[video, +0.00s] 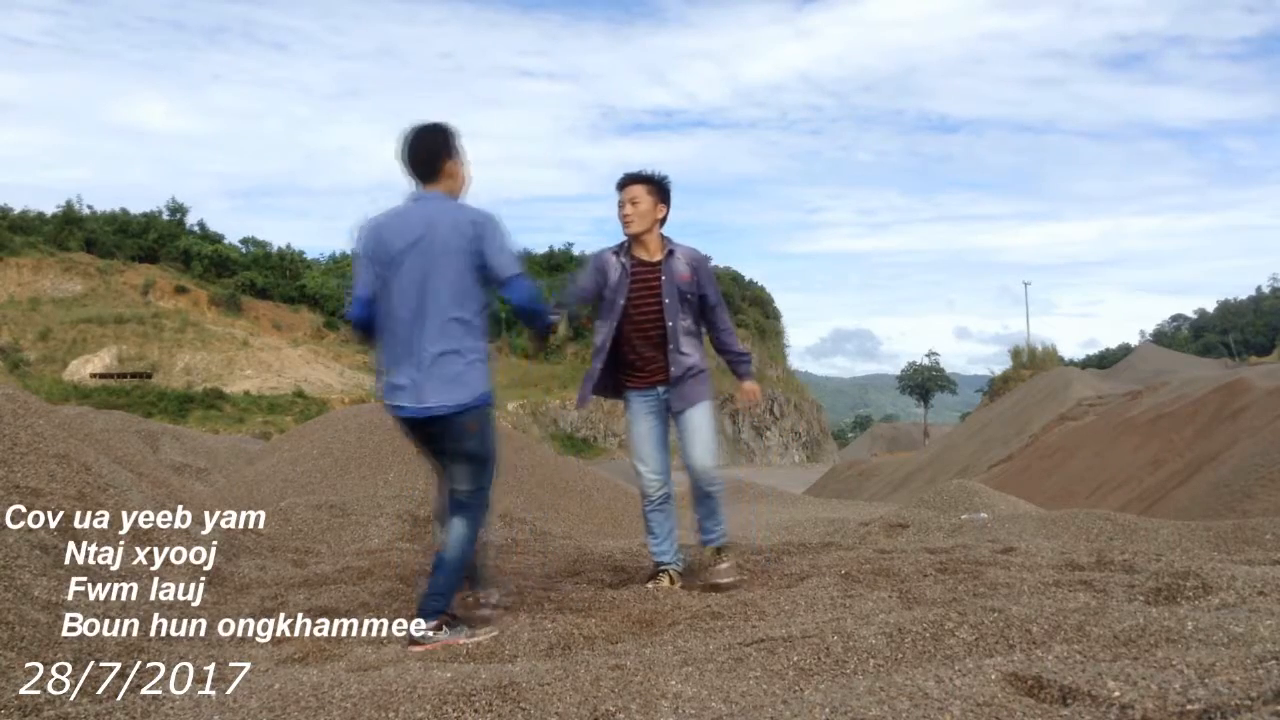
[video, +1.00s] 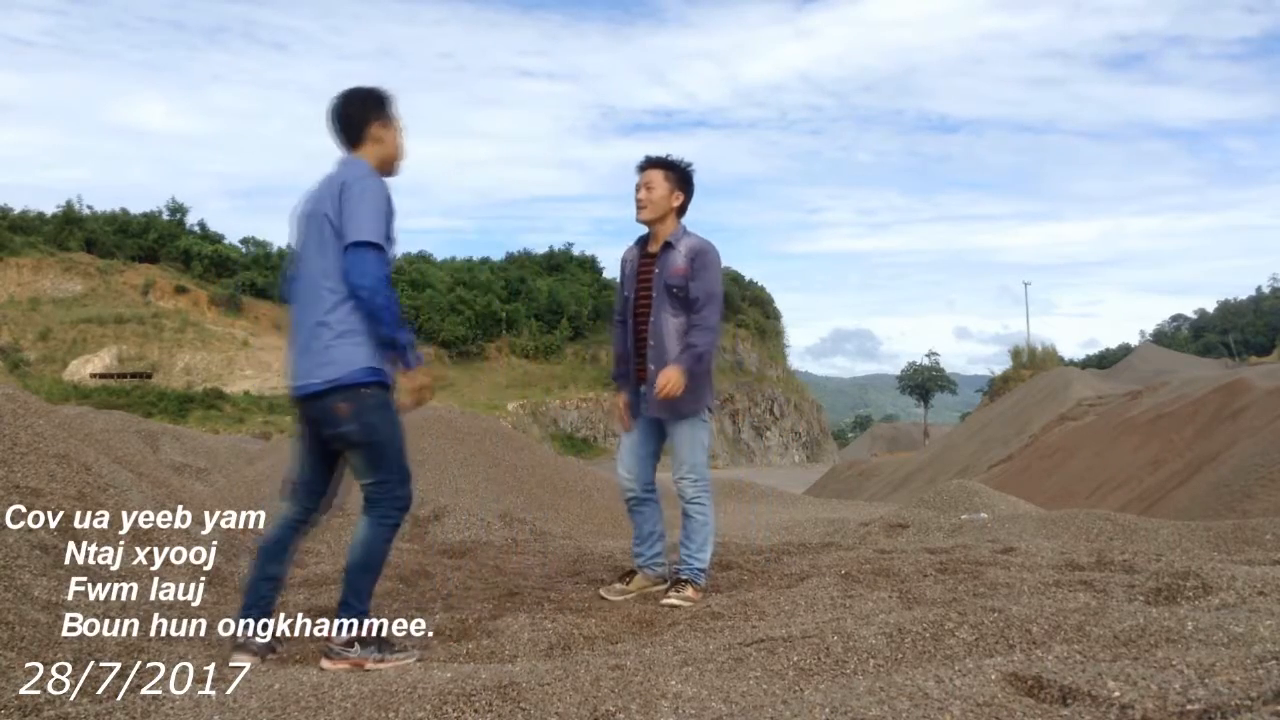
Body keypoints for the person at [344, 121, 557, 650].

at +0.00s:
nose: (465, 168)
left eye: (460, 159)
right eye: (461, 160)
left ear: (413, 170)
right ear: (450, 165)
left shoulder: (378, 229)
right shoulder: (474, 221)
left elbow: (360, 313)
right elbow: (519, 293)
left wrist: (397, 330)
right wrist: (545, 320)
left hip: (403, 395)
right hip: (462, 393)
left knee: (456, 481)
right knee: (467, 504)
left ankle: (473, 587)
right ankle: (431, 619)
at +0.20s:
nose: (419, 155)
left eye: (414, 146)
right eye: (416, 146)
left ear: (369, 153)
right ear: (405, 149)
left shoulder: (332, 213)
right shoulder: (432, 205)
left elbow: (314, 290)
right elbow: (457, 286)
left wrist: (336, 358)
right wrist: (476, 344)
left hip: (365, 380)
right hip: (426, 378)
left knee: (373, 478)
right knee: (440, 495)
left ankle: (334, 572)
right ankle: (432, 615)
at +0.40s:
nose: (378, 166)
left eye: (374, 157)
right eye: (374, 157)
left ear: (327, 165)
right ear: (360, 160)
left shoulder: (282, 221)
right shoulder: (379, 214)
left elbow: (249, 293)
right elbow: (387, 296)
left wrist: (268, 368)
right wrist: (388, 378)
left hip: (301, 399)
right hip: (360, 397)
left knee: (298, 507)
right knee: (419, 495)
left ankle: (251, 626)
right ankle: (427, 619)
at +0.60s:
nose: (362, 155)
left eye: (358, 145)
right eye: (357, 145)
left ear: (311, 151)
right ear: (340, 144)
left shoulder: (266, 208)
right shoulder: (349, 192)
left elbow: (222, 292)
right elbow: (346, 272)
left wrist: (263, 350)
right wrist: (351, 359)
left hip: (274, 378)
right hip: (328, 370)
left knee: (285, 504)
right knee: (401, 472)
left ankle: (248, 631)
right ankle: (391, 602)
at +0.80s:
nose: (373, 144)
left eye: (370, 132)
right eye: (368, 133)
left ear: (319, 139)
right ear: (349, 135)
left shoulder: (278, 200)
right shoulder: (352, 185)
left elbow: (249, 288)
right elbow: (352, 268)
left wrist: (301, 318)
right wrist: (368, 355)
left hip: (274, 373)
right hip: (326, 368)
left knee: (277, 497)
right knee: (392, 479)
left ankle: (247, 631)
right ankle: (358, 622)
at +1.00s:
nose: (402, 140)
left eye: (398, 129)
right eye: (395, 128)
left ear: (350, 135)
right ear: (375, 131)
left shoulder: (318, 197)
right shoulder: (362, 182)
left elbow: (293, 284)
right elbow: (366, 276)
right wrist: (406, 348)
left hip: (314, 384)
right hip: (353, 377)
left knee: (303, 502)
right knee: (388, 498)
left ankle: (251, 625)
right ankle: (351, 633)